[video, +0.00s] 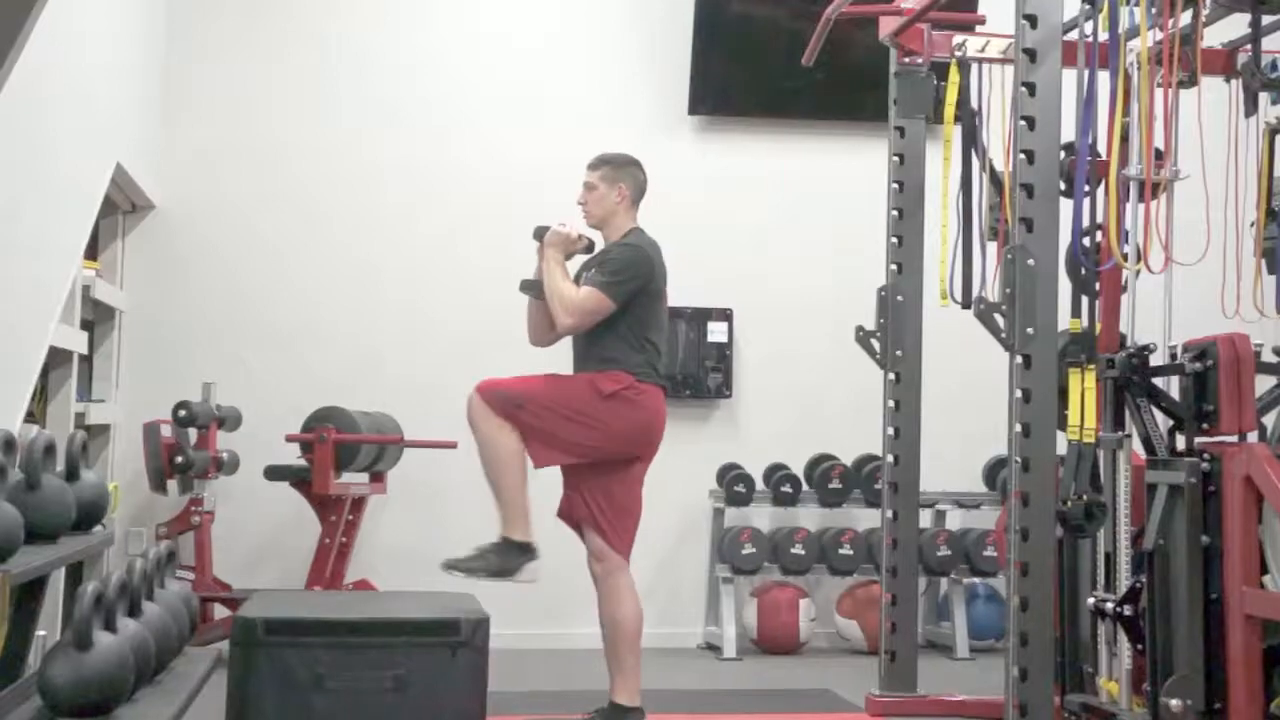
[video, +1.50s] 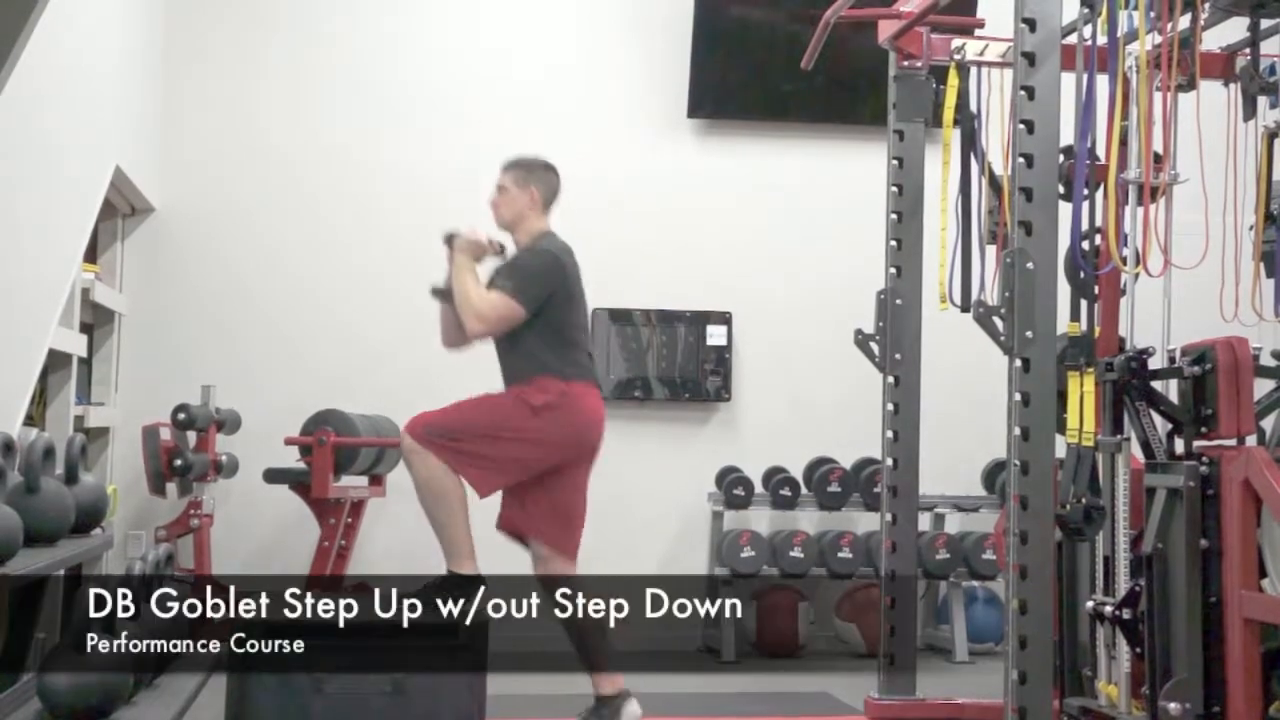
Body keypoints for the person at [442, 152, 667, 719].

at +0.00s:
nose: (581, 196)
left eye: (590, 187)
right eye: (583, 186)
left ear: (622, 193)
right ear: (616, 194)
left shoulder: (635, 252)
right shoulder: (606, 257)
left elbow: (569, 316)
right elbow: (540, 332)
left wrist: (555, 257)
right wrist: (545, 266)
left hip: (624, 400)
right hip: (619, 410)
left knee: (489, 403)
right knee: (608, 559)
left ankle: (516, 542)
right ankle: (625, 704)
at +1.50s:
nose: (493, 199)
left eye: (503, 189)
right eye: (495, 189)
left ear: (533, 197)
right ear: (527, 198)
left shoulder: (548, 257)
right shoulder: (523, 263)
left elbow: (481, 319)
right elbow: (456, 336)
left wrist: (462, 259)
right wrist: (457, 272)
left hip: (558, 405)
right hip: (570, 413)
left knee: (421, 438)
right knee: (553, 563)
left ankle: (464, 578)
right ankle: (612, 695)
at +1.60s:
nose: (474, 158)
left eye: (483, 148)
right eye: (476, 148)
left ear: (514, 153)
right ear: (512, 154)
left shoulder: (526, 214)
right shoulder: (509, 218)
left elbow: (459, 272)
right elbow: (434, 292)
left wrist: (444, 210)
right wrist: (439, 226)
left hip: (539, 366)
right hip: (563, 371)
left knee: (419, 439)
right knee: (535, 521)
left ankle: (463, 576)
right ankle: (583, 640)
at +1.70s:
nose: (464, 117)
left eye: (473, 107)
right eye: (466, 107)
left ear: (505, 112)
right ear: (503, 112)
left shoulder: (517, 171)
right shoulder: (501, 177)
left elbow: (446, 233)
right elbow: (425, 252)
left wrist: (434, 168)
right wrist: (430, 184)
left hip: (528, 328)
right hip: (535, 332)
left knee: (427, 437)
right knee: (482, 480)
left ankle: (464, 580)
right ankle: (557, 594)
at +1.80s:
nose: (458, 77)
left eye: (467, 66)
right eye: (461, 67)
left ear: (499, 69)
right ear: (496, 72)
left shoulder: (512, 128)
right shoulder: (492, 136)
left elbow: (442, 192)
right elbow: (426, 216)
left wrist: (430, 129)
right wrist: (423, 154)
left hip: (519, 294)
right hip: (494, 293)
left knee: (449, 429)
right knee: (404, 389)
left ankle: (464, 581)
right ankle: (488, 481)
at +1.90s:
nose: (456, 61)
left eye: (464, 49)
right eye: (458, 50)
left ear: (496, 50)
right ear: (497, 51)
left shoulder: (509, 107)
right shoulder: (491, 115)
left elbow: (438, 173)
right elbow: (427, 201)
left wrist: (427, 111)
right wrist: (427, 133)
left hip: (507, 280)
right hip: (470, 274)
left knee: (461, 429)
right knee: (366, 303)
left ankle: (465, 580)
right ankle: (431, 416)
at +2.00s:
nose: (453, 54)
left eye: (462, 43)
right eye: (455, 44)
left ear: (495, 46)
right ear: (495, 47)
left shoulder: (507, 105)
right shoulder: (488, 111)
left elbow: (434, 169)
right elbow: (422, 197)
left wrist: (425, 106)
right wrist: (427, 125)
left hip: (499, 280)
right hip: (466, 266)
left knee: (464, 432)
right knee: (363, 250)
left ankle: (465, 582)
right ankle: (395, 375)